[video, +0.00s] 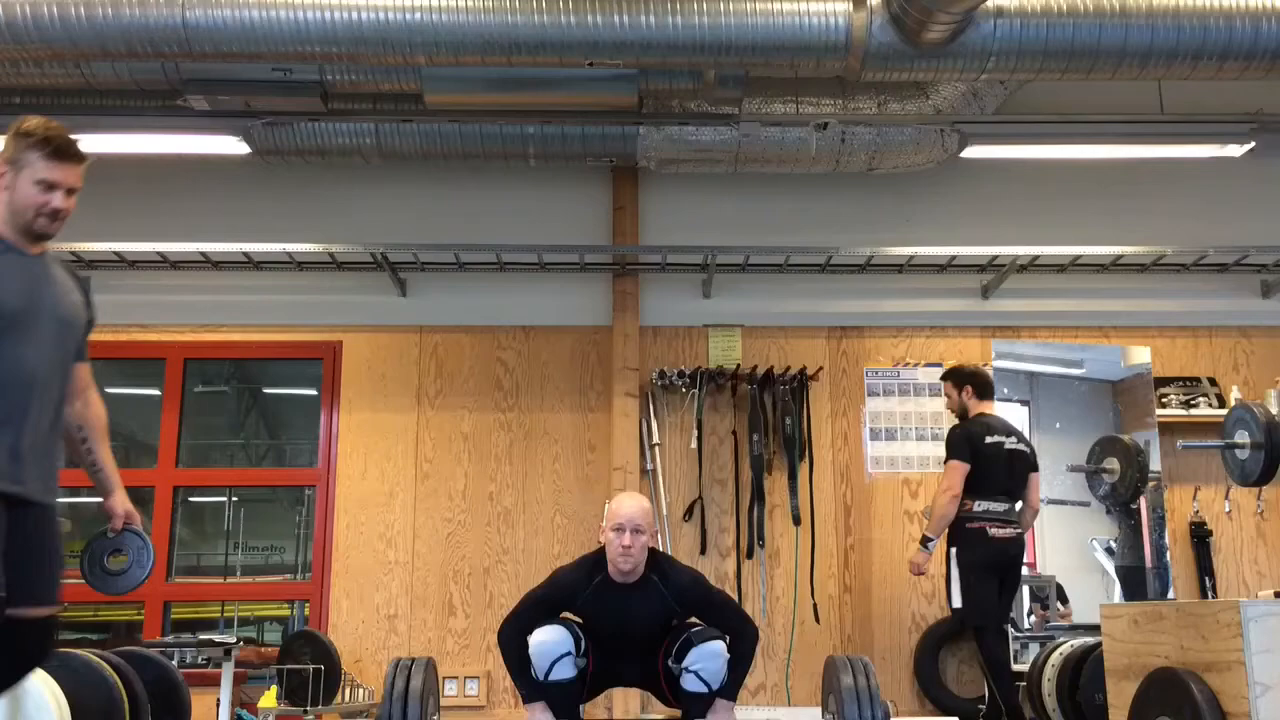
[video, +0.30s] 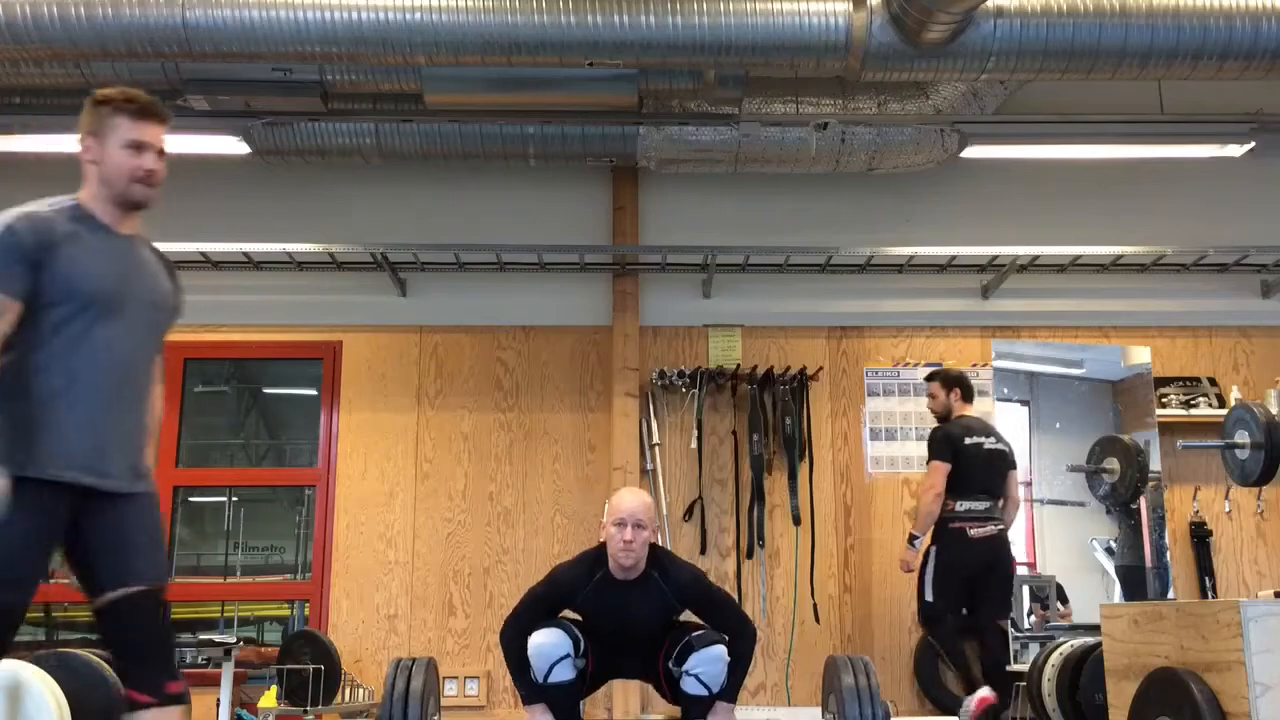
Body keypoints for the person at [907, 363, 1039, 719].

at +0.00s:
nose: (946, 404)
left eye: (948, 395)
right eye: (944, 396)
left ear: (968, 393)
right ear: (982, 394)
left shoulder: (964, 433)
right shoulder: (1020, 439)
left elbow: (951, 493)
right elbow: (1033, 504)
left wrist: (926, 546)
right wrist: (1011, 536)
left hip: (974, 540)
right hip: (1012, 542)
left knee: (985, 629)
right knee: (995, 628)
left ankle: (1013, 712)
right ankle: (993, 709)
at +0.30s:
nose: (929, 404)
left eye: (933, 397)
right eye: (928, 397)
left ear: (956, 395)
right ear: (962, 397)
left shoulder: (945, 434)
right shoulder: (998, 437)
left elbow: (934, 492)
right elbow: (1013, 499)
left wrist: (914, 542)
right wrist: (995, 533)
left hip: (954, 539)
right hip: (996, 541)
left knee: (935, 615)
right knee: (991, 624)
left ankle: (975, 689)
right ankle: (1001, 707)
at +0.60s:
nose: (901, 419)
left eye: (905, 412)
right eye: (900, 412)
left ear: (927, 409)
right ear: (931, 412)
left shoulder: (920, 448)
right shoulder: (968, 448)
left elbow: (913, 506)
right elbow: (975, 512)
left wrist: (895, 555)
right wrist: (965, 545)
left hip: (933, 551)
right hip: (973, 549)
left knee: (927, 635)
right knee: (978, 634)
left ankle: (920, 705)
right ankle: (994, 706)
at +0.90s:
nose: (867, 428)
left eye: (870, 421)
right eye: (865, 421)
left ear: (890, 418)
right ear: (896, 419)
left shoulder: (890, 456)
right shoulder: (924, 452)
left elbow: (887, 515)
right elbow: (926, 511)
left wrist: (871, 560)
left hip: (897, 551)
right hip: (928, 550)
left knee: (889, 632)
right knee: (927, 629)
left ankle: (901, 706)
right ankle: (958, 679)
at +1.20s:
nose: (848, 425)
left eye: (854, 419)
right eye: (846, 419)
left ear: (874, 417)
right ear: (863, 419)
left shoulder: (880, 453)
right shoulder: (873, 452)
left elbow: (873, 509)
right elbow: (871, 508)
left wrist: (842, 544)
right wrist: (848, 534)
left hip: (882, 547)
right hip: (874, 546)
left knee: (874, 626)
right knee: (864, 623)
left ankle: (900, 704)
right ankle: (894, 701)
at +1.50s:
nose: (833, 428)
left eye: (839, 422)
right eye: (830, 422)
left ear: (857, 423)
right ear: (829, 424)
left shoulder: (866, 461)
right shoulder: (837, 463)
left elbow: (872, 512)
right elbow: (835, 513)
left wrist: (863, 555)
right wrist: (826, 552)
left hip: (864, 551)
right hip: (842, 552)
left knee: (867, 631)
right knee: (850, 632)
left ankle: (897, 704)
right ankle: (861, 701)